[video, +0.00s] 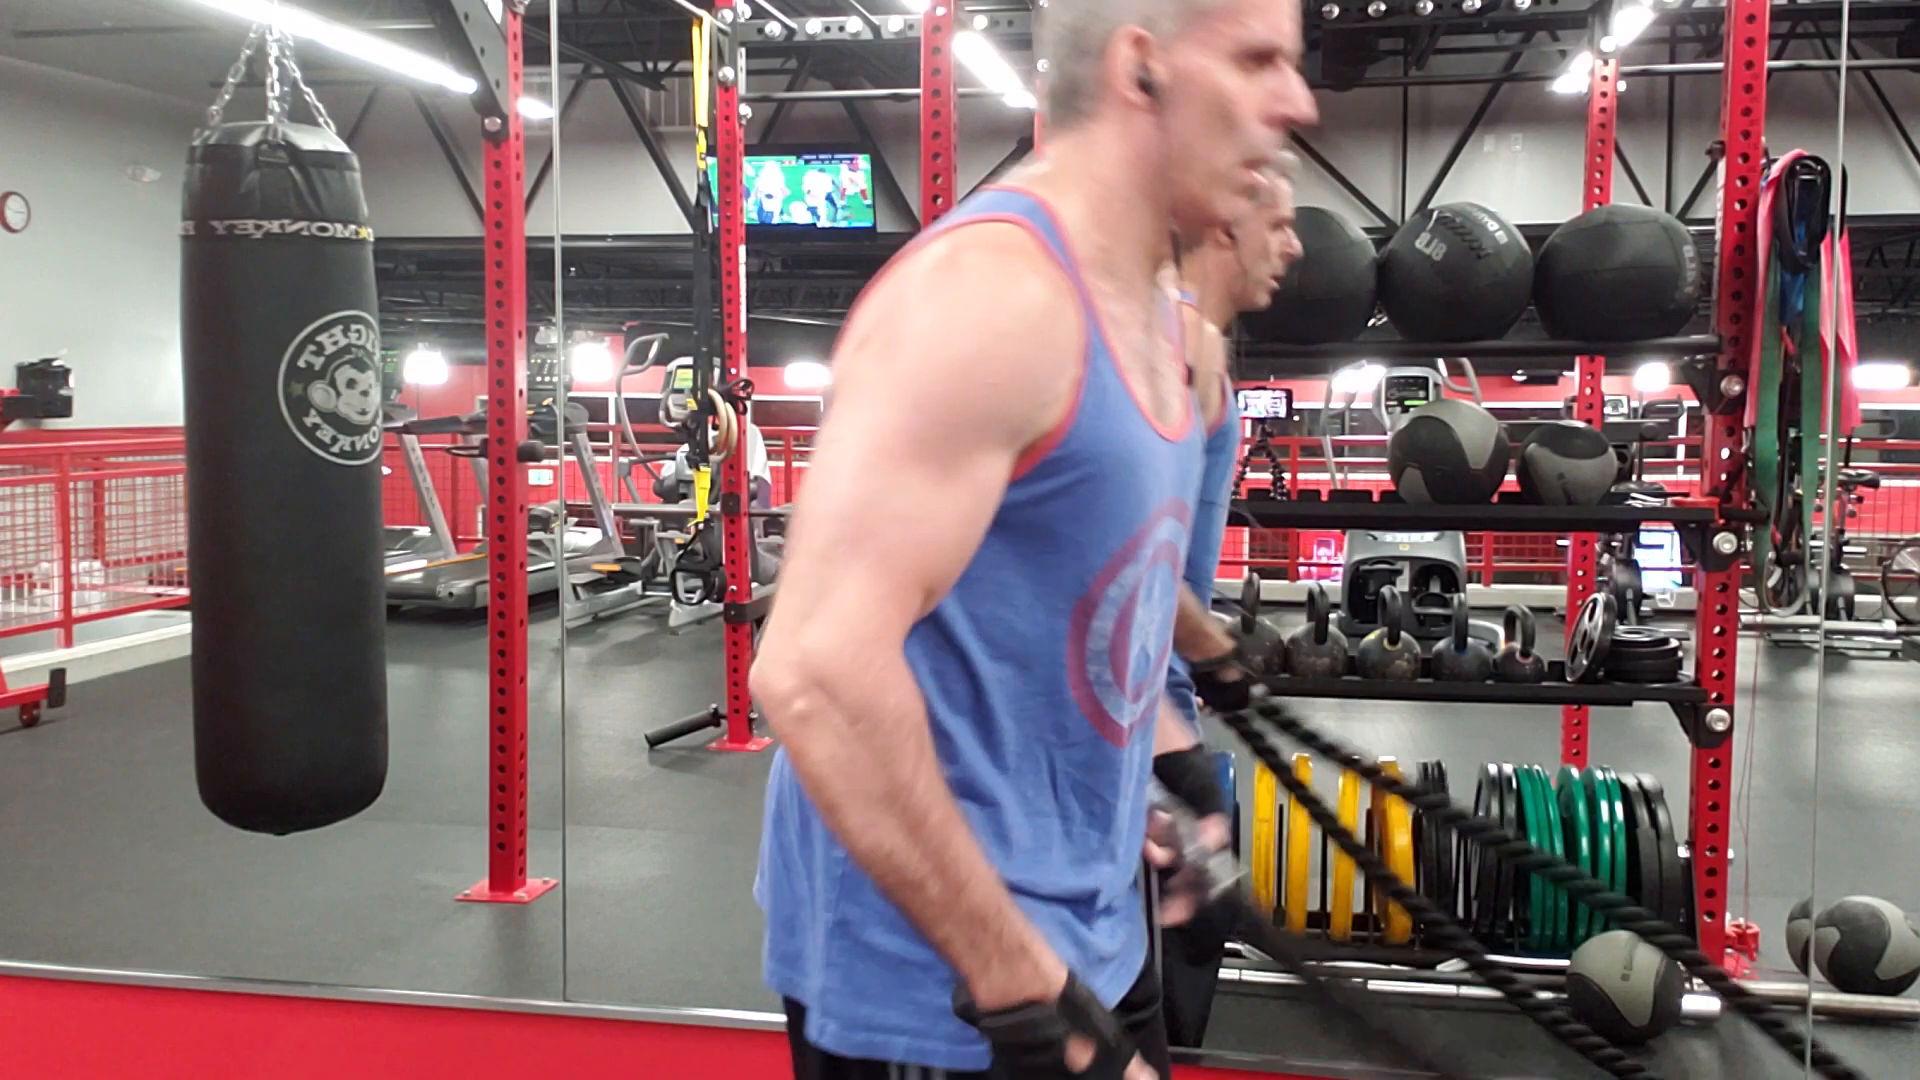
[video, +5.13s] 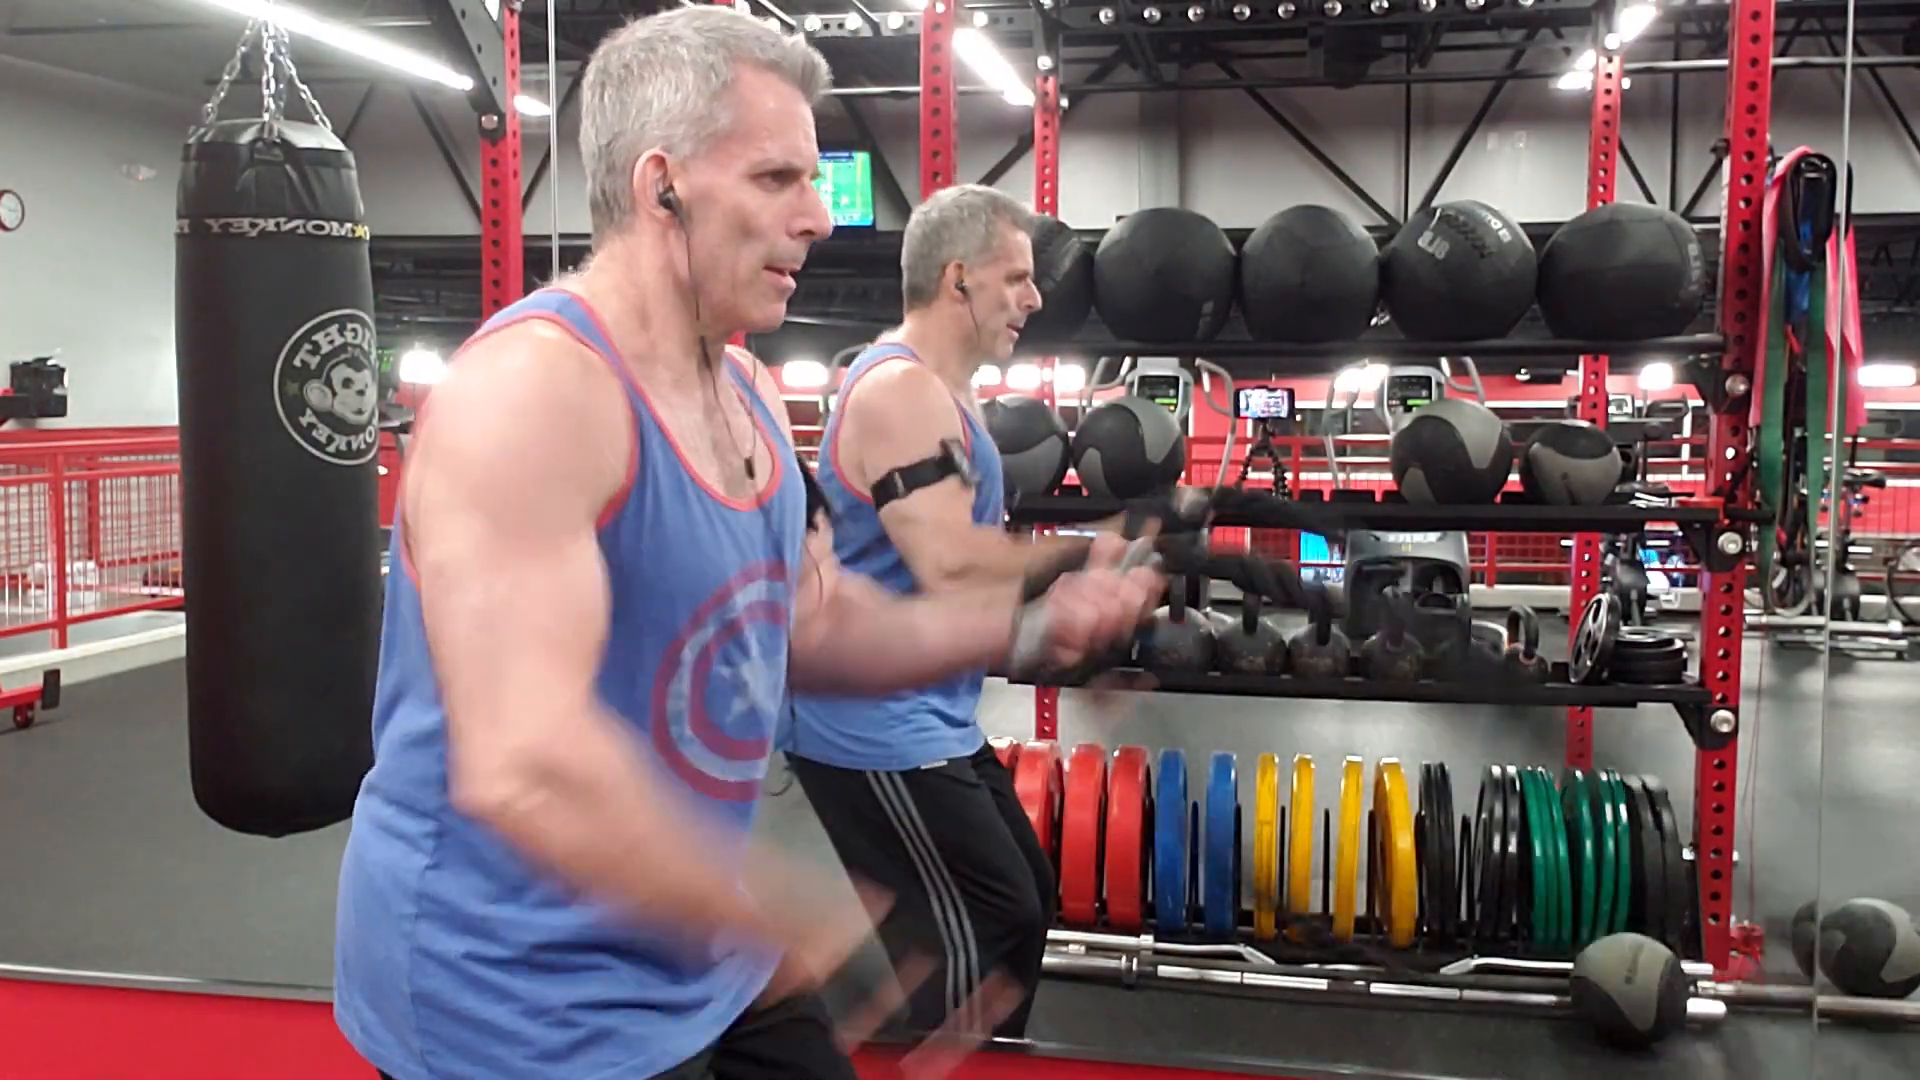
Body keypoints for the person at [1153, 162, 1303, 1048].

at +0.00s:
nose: (1291, 249)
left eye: (1291, 229)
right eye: (1278, 225)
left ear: (1224, 235)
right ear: (1218, 227)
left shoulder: (1206, 345)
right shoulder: (1186, 342)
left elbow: (1162, 541)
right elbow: (1127, 549)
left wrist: (1213, 638)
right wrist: (1211, 641)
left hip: (1165, 697)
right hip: (1146, 703)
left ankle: (1168, 1040)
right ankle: (1161, 1043)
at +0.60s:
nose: (1153, 220)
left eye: (1150, 199)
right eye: (1137, 199)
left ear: (1078, 212)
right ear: (1076, 211)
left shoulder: (1076, 326)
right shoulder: (1038, 329)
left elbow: (1025, 502)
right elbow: (989, 504)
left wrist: (1127, 612)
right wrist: (1115, 618)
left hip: (1094, 704)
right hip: (1053, 713)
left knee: (1099, 970)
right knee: (1062, 968)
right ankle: (1040, 1065)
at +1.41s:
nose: (1005, 218)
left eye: (1002, 197)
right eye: (987, 197)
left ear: (937, 209)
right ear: (931, 207)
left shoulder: (935, 321)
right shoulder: (891, 323)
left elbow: (958, 511)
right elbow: (882, 514)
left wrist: (1058, 582)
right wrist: (1030, 615)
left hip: (944, 685)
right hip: (898, 693)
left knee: (944, 933)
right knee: (937, 940)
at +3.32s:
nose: (1068, 285)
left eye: (1068, 263)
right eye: (1054, 261)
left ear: (999, 267)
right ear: (997, 265)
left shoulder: (964, 378)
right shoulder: (934, 375)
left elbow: (955, 575)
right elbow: (899, 576)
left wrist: (1025, 678)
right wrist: (1015, 699)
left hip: (940, 725)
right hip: (897, 733)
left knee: (989, 944)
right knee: (962, 964)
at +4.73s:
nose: (1034, 285)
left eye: (1034, 264)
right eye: (1020, 262)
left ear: (966, 269)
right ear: (963, 267)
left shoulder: (943, 391)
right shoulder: (899, 393)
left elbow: (1000, 543)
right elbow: (871, 594)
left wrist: (1105, 612)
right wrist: (989, 721)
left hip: (924, 743)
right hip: (874, 752)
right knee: (989, 945)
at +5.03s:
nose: (1034, 297)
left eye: (1035, 277)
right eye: (1019, 275)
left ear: (959, 279)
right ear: (957, 276)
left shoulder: (947, 393)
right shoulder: (898, 386)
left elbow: (946, 577)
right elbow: (916, 570)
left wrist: (1031, 659)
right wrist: (1076, 589)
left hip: (926, 715)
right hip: (866, 725)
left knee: (1022, 907)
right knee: (976, 929)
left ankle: (979, 1061)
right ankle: (952, 1068)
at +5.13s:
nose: (1032, 301)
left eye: (1032, 281)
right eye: (1018, 279)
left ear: (961, 283)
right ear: (955, 280)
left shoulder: (941, 394)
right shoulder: (899, 388)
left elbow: (969, 565)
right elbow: (950, 563)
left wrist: (1076, 574)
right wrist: (1084, 544)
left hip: (930, 716)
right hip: (872, 725)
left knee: (1024, 907)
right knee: (996, 929)